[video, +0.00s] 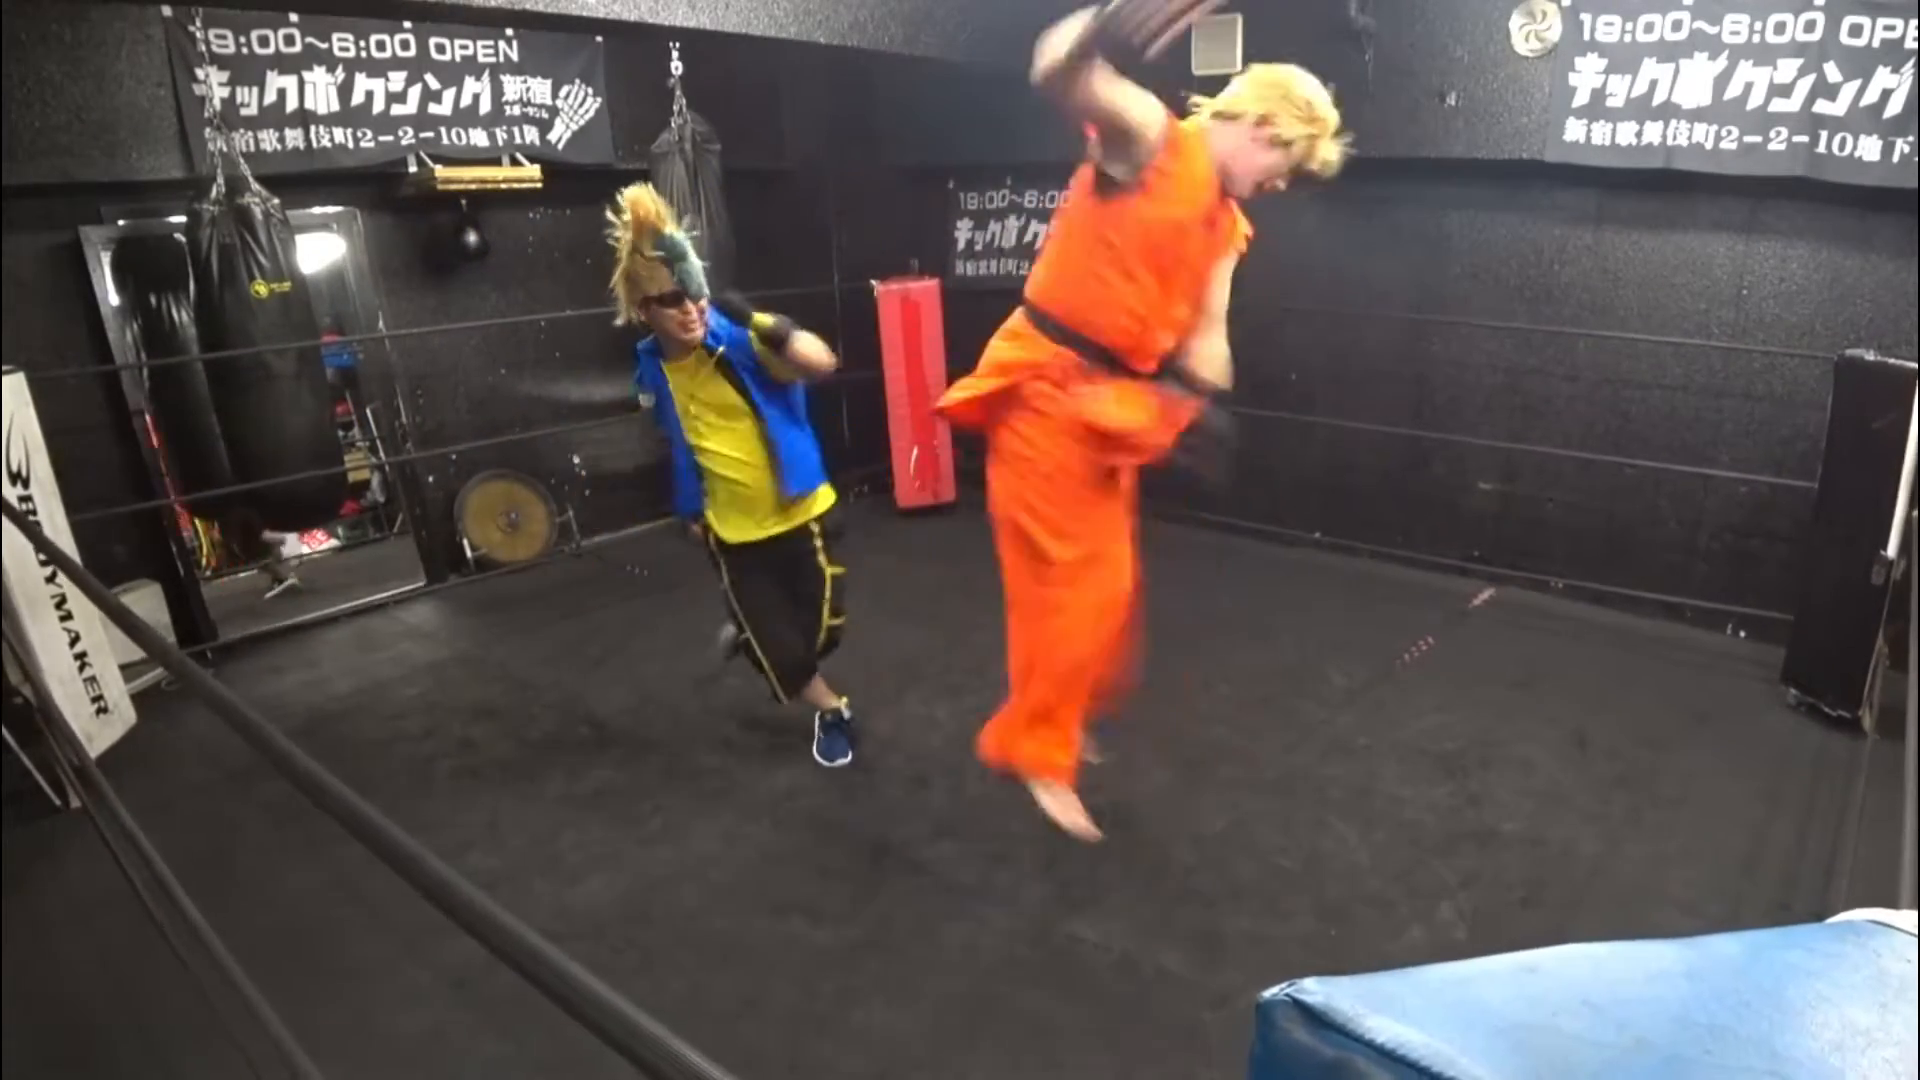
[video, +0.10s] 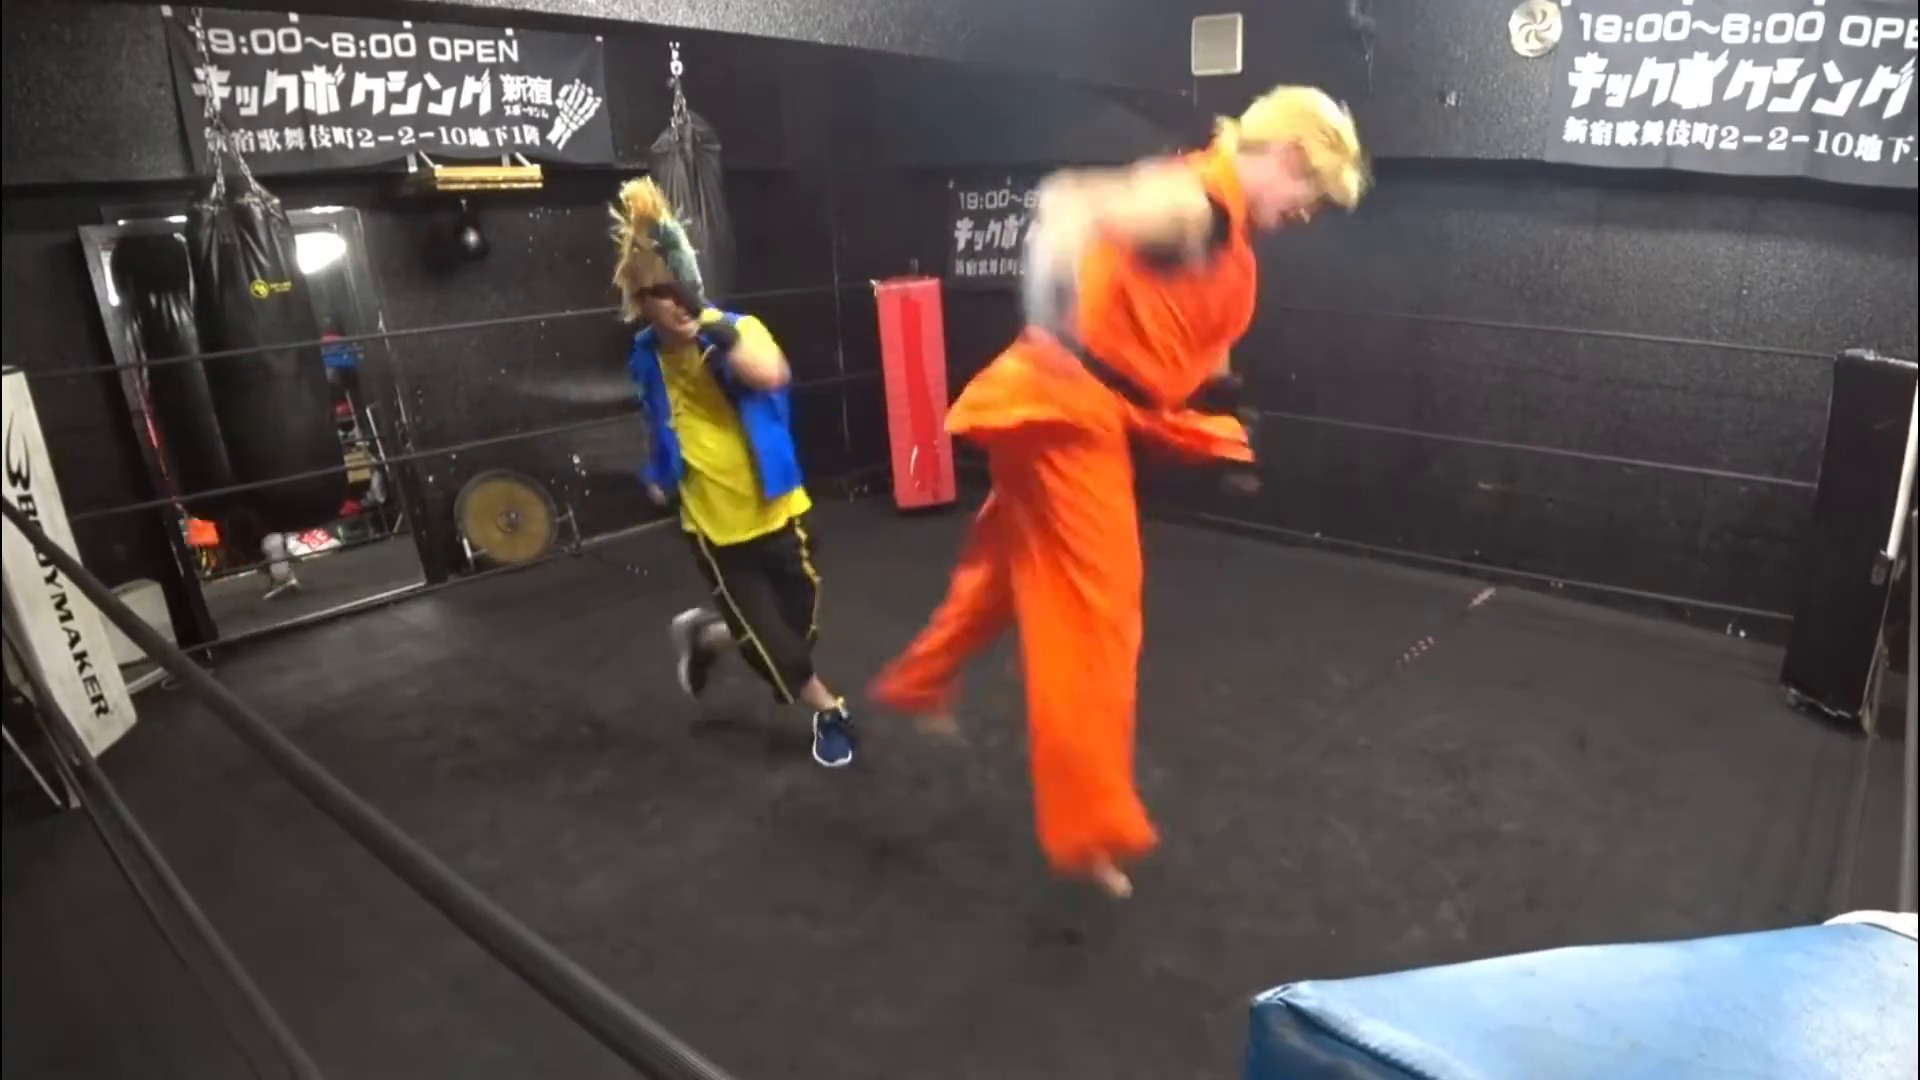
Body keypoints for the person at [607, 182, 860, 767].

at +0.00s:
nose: (689, 309)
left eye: (694, 296)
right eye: (672, 301)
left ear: (705, 294)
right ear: (643, 312)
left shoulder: (739, 335)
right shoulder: (652, 368)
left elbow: (823, 362)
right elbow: (677, 442)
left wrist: (765, 328)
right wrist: (691, 508)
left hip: (803, 513)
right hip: (734, 533)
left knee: (824, 637)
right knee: (782, 653)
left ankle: (753, 646)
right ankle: (833, 710)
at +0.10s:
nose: (671, 302)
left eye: (676, 288)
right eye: (655, 293)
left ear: (694, 291)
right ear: (639, 305)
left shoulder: (737, 331)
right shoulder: (648, 361)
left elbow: (771, 374)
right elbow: (658, 425)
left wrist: (712, 331)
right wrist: (659, 474)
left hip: (780, 514)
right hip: (715, 530)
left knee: (796, 646)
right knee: (775, 647)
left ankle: (707, 636)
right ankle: (829, 709)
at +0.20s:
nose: (643, 298)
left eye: (654, 282)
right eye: (630, 288)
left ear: (682, 280)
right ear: (621, 294)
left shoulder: (726, 332)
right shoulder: (625, 352)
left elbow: (738, 389)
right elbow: (618, 419)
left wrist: (687, 335)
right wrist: (619, 450)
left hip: (749, 508)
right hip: (685, 521)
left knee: (765, 619)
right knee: (756, 624)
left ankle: (679, 668)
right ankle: (826, 710)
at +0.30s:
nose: (665, 288)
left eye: (671, 274)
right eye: (649, 278)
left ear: (683, 275)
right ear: (617, 285)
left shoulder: (711, 333)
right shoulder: (590, 348)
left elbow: (738, 393)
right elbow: (572, 421)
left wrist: (689, 337)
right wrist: (599, 432)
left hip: (713, 501)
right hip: (649, 512)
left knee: (714, 610)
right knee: (731, 615)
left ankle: (650, 683)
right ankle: (805, 723)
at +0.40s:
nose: (657, 282)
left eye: (661, 269)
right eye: (641, 271)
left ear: (669, 272)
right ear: (608, 278)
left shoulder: (673, 328)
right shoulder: (584, 336)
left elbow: (725, 396)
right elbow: (578, 419)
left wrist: (714, 355)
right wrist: (633, 384)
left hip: (665, 495)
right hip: (608, 501)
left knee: (677, 586)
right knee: (689, 595)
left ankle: (652, 683)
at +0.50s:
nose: (648, 276)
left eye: (652, 263)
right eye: (632, 264)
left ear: (658, 264)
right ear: (596, 268)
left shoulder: (638, 324)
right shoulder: (578, 321)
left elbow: (680, 391)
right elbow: (619, 378)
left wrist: (691, 368)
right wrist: (667, 347)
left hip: (606, 489)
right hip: (566, 493)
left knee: (635, 594)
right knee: (642, 600)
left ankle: (637, 684)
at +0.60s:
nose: (642, 310)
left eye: (645, 298)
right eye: (632, 297)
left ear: (635, 292)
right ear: (600, 291)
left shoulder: (592, 329)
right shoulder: (578, 337)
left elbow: (618, 391)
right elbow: (637, 377)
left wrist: (654, 395)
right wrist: (678, 333)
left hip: (528, 504)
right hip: (538, 514)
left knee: (571, 595)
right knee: (604, 632)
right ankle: (562, 759)